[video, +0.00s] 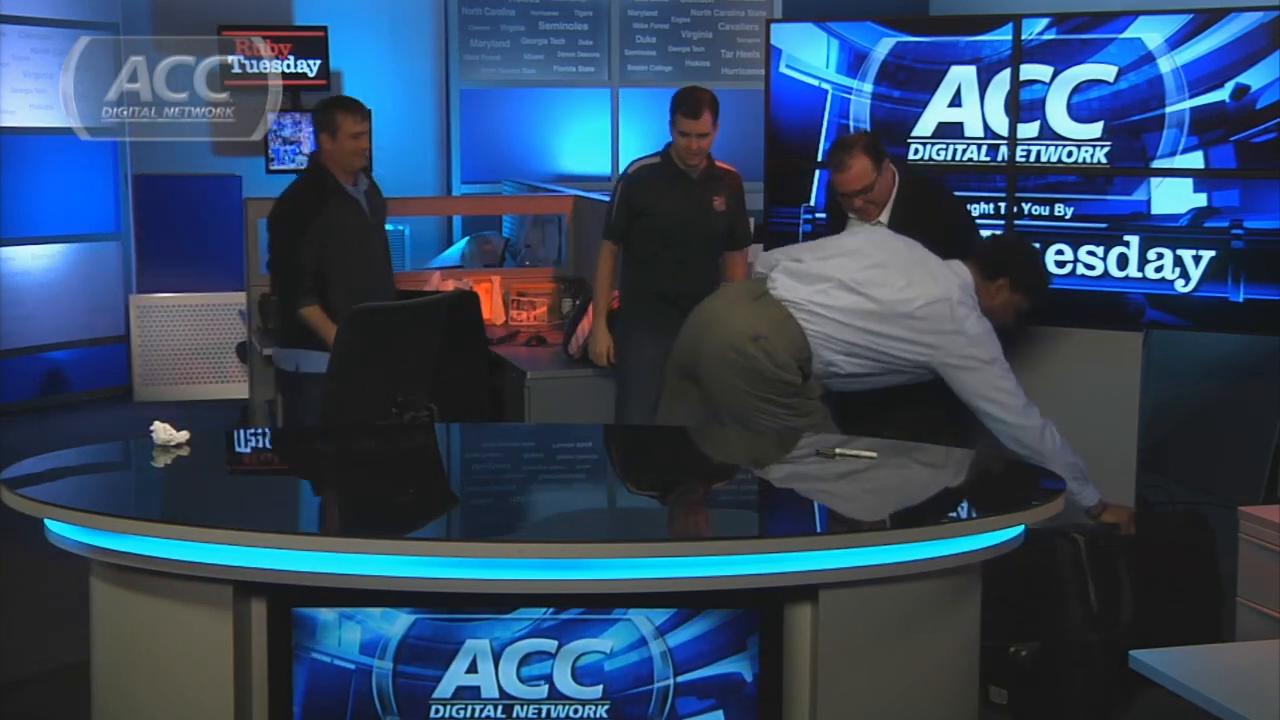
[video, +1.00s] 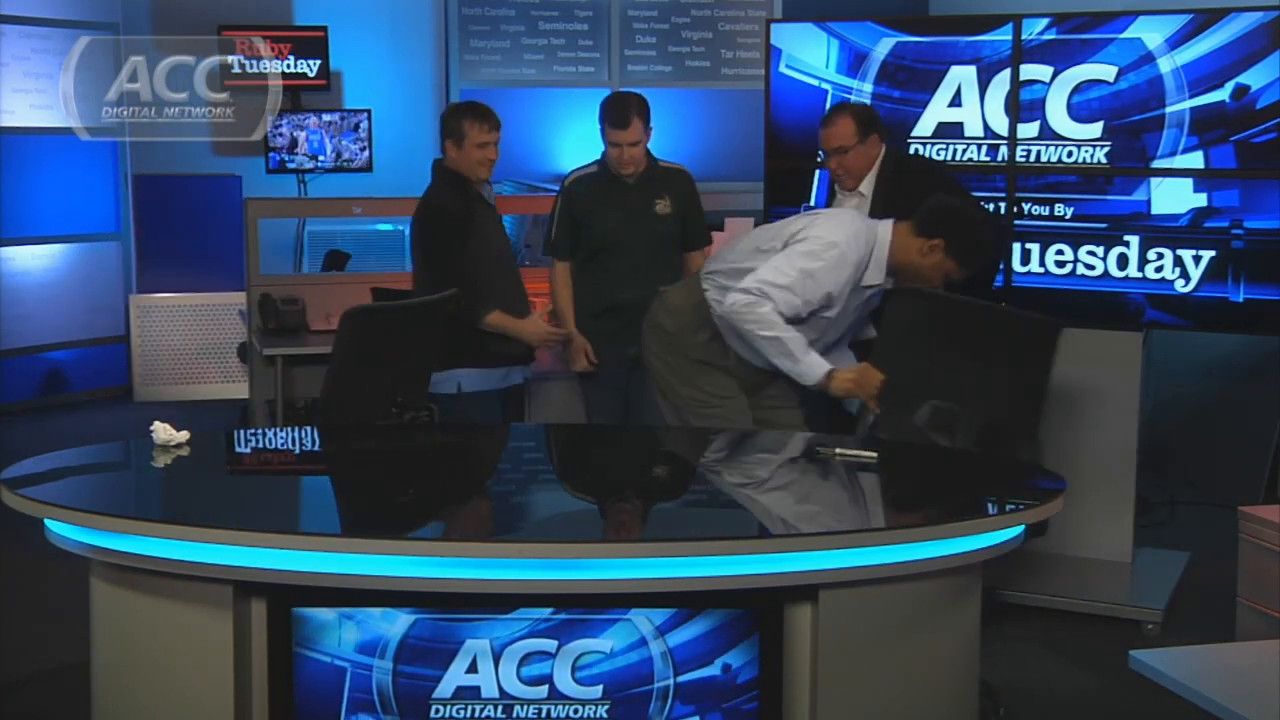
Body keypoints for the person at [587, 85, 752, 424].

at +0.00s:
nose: (693, 146)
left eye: (702, 136)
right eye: (685, 135)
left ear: (715, 129)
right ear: (672, 127)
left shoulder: (727, 181)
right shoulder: (638, 178)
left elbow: (735, 262)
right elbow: (609, 251)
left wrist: (735, 328)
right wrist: (598, 325)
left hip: (702, 327)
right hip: (643, 325)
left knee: (699, 430)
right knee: (638, 428)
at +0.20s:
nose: (670, 144)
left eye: (679, 134)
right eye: (661, 134)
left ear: (693, 128)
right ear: (649, 127)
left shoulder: (711, 180)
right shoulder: (618, 180)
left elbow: (720, 259)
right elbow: (594, 254)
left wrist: (727, 327)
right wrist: (586, 328)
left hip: (690, 331)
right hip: (630, 330)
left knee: (688, 439)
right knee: (629, 437)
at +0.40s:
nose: (648, 144)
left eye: (657, 134)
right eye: (639, 135)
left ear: (672, 128)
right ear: (627, 127)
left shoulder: (693, 180)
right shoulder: (599, 181)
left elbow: (706, 260)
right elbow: (577, 257)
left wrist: (711, 330)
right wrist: (570, 332)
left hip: (677, 333)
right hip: (615, 334)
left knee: (682, 440)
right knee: (617, 440)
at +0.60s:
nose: (633, 147)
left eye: (642, 137)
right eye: (623, 137)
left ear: (655, 129)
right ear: (610, 130)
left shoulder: (679, 180)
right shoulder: (583, 184)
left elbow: (696, 259)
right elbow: (563, 262)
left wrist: (705, 327)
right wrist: (561, 336)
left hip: (666, 333)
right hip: (604, 336)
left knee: (679, 437)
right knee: (609, 440)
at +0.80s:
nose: (624, 150)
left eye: (633, 139)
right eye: (614, 140)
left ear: (646, 129)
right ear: (602, 132)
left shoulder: (674, 179)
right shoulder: (575, 185)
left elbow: (693, 259)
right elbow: (560, 264)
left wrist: (700, 326)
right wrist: (563, 335)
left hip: (662, 336)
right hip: (599, 338)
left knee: (662, 442)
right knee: (608, 443)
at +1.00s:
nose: (624, 155)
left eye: (633, 145)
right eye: (614, 145)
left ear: (648, 133)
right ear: (603, 136)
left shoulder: (677, 182)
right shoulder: (576, 187)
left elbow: (695, 259)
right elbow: (561, 266)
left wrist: (693, 327)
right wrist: (571, 334)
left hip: (662, 341)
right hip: (599, 344)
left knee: (659, 445)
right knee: (607, 446)